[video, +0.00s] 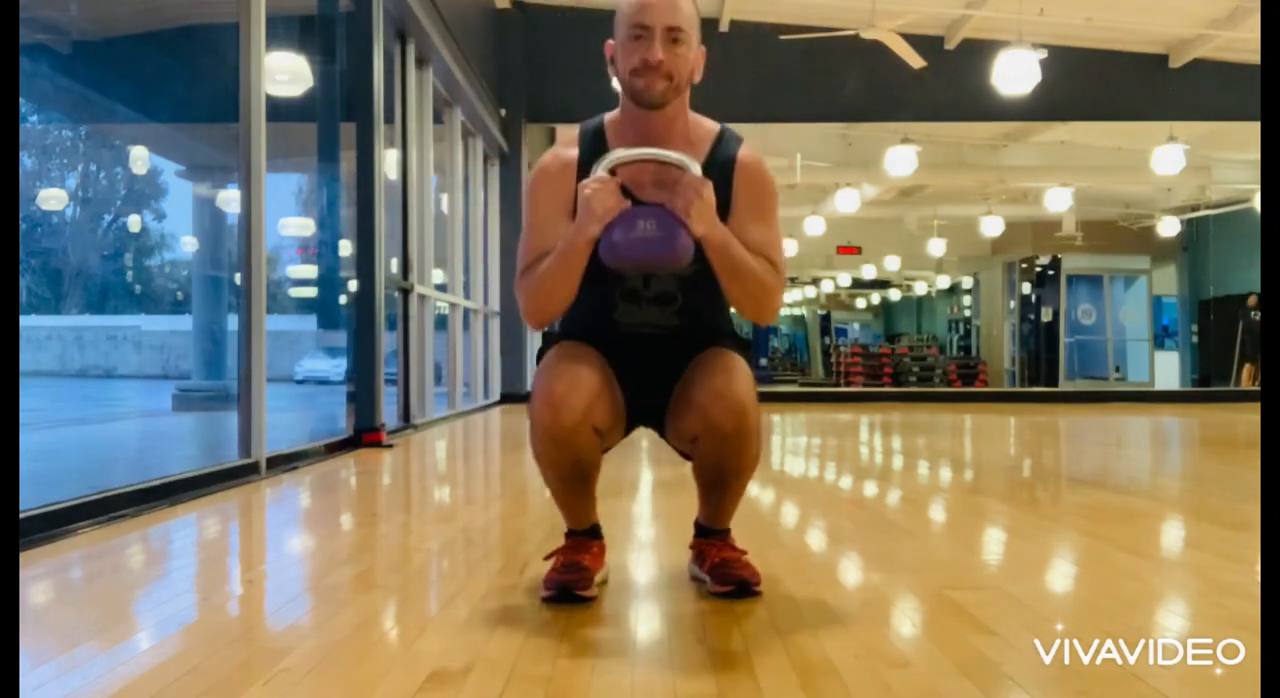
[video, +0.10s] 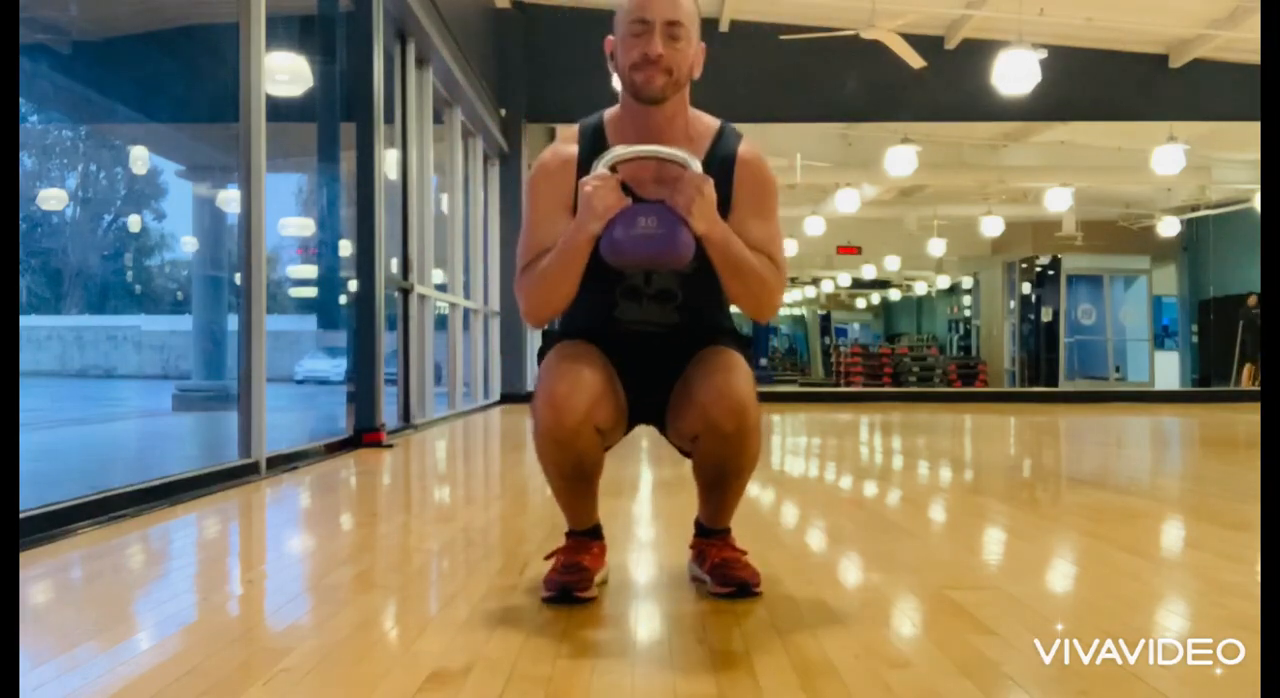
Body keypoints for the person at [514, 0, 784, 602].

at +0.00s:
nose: (654, 54)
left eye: (673, 39)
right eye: (638, 37)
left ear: (698, 62)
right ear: (611, 55)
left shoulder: (739, 166)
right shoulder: (562, 165)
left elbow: (766, 305)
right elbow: (535, 309)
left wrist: (711, 227)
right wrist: (583, 229)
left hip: (696, 356)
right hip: (595, 355)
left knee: (729, 404)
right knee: (558, 400)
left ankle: (714, 538)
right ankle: (581, 539)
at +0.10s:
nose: (654, 47)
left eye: (673, 33)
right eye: (638, 31)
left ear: (698, 56)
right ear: (611, 51)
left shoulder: (740, 162)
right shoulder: (561, 162)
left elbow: (766, 301)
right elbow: (535, 307)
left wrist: (711, 223)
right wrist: (584, 225)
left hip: (697, 351)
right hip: (595, 350)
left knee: (729, 404)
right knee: (562, 401)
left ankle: (714, 538)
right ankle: (582, 540)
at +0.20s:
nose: (654, 15)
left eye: (673, 4)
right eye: (637, 2)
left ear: (700, 28)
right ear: (612, 25)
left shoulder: (739, 133)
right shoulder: (564, 134)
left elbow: (767, 273)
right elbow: (536, 279)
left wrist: (712, 197)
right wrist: (585, 199)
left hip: (698, 325)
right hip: (596, 325)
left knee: (731, 400)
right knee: (568, 400)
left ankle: (715, 537)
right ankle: (584, 538)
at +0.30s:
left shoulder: (742, 91)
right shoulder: (563, 90)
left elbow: (764, 232)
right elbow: (535, 237)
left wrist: (713, 152)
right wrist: (588, 150)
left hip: (700, 288)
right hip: (595, 287)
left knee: (737, 392)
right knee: (575, 395)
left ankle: (715, 538)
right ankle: (584, 538)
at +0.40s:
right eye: (642, 18)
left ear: (696, 4)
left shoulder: (742, 38)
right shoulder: (563, 37)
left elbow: (764, 178)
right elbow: (535, 182)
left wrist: (711, 92)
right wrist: (588, 93)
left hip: (698, 250)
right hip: (595, 249)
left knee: (735, 383)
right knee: (577, 382)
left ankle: (716, 537)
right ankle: (585, 537)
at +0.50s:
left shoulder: (741, 5)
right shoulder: (558, 4)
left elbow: (764, 120)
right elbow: (536, 125)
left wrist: (707, 28)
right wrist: (590, 26)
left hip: (696, 208)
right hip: (591, 206)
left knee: (726, 366)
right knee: (559, 350)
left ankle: (716, 535)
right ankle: (574, 530)